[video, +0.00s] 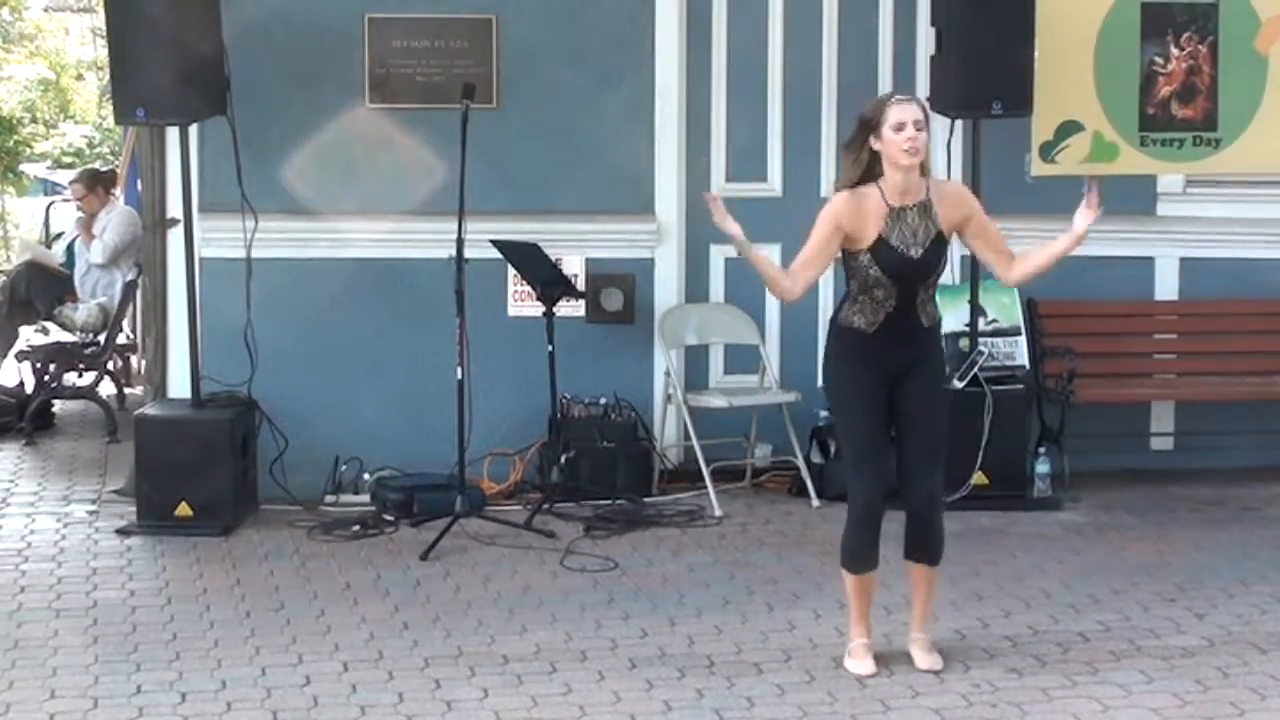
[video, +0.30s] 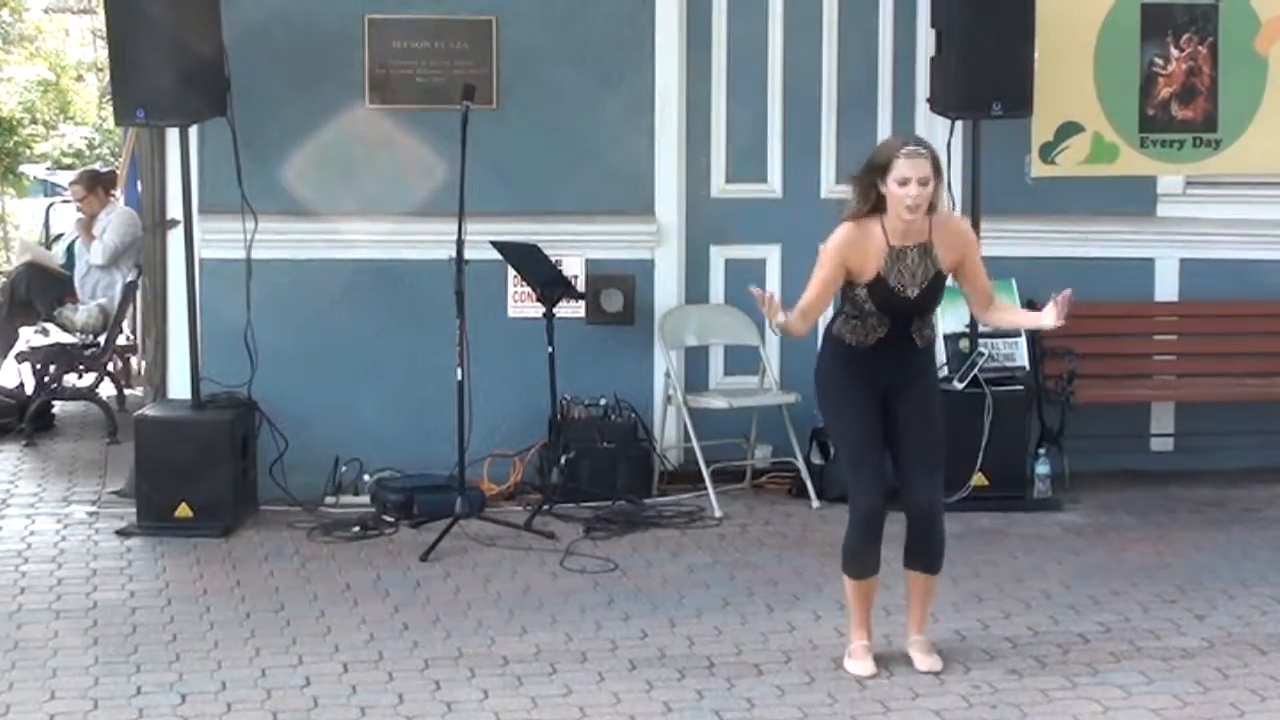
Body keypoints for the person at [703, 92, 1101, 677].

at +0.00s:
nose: (913, 136)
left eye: (920, 127)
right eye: (901, 128)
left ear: (930, 137)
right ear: (876, 140)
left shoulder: (953, 199)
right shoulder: (849, 206)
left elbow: (1012, 269)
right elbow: (791, 287)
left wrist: (1072, 236)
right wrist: (743, 242)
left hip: (920, 357)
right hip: (854, 358)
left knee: (926, 492)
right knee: (869, 490)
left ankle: (920, 633)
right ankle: (859, 637)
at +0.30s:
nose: (915, 193)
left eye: (924, 183)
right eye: (904, 183)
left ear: (936, 185)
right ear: (882, 185)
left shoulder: (953, 233)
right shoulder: (851, 239)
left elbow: (987, 308)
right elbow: (804, 321)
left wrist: (1041, 318)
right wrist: (781, 316)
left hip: (914, 370)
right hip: (849, 371)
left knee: (926, 498)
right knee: (869, 497)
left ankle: (918, 635)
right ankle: (859, 639)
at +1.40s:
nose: (838, 153)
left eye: (844, 144)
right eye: (839, 144)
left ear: (870, 145)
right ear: (863, 145)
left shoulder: (934, 201)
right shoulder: (864, 199)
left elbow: (995, 243)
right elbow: (869, 264)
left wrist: (977, 326)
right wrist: (827, 297)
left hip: (919, 361)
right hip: (860, 353)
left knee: (909, 497)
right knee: (815, 475)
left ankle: (913, 636)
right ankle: (812, 580)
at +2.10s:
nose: (828, 149)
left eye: (836, 140)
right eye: (817, 138)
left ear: (845, 152)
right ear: (794, 149)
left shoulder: (853, 216)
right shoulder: (795, 217)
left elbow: (917, 245)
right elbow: (813, 303)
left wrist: (967, 234)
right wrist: (792, 359)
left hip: (861, 367)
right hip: (812, 371)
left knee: (858, 490)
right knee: (787, 496)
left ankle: (884, 652)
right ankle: (835, 603)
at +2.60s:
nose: (835, 168)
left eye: (846, 159)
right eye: (838, 158)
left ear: (880, 169)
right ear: (871, 171)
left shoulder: (910, 243)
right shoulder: (855, 241)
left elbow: (970, 322)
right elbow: (869, 331)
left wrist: (982, 272)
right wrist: (843, 386)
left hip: (902, 408)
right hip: (855, 397)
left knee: (852, 541)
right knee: (817, 489)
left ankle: (898, 670)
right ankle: (801, 584)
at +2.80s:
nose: (848, 183)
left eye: (850, 174)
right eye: (851, 175)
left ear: (864, 183)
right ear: (893, 181)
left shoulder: (906, 254)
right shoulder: (875, 238)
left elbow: (959, 355)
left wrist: (955, 336)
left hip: (904, 413)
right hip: (860, 395)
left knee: (851, 548)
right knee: (818, 488)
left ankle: (898, 669)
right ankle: (789, 582)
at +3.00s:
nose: (846, 196)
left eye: (851, 187)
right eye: (848, 186)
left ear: (866, 193)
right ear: (900, 186)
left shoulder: (902, 269)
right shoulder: (872, 250)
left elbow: (938, 353)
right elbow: (889, 327)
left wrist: (933, 406)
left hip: (899, 416)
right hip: (859, 398)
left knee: (848, 552)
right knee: (821, 488)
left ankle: (899, 670)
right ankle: (790, 581)